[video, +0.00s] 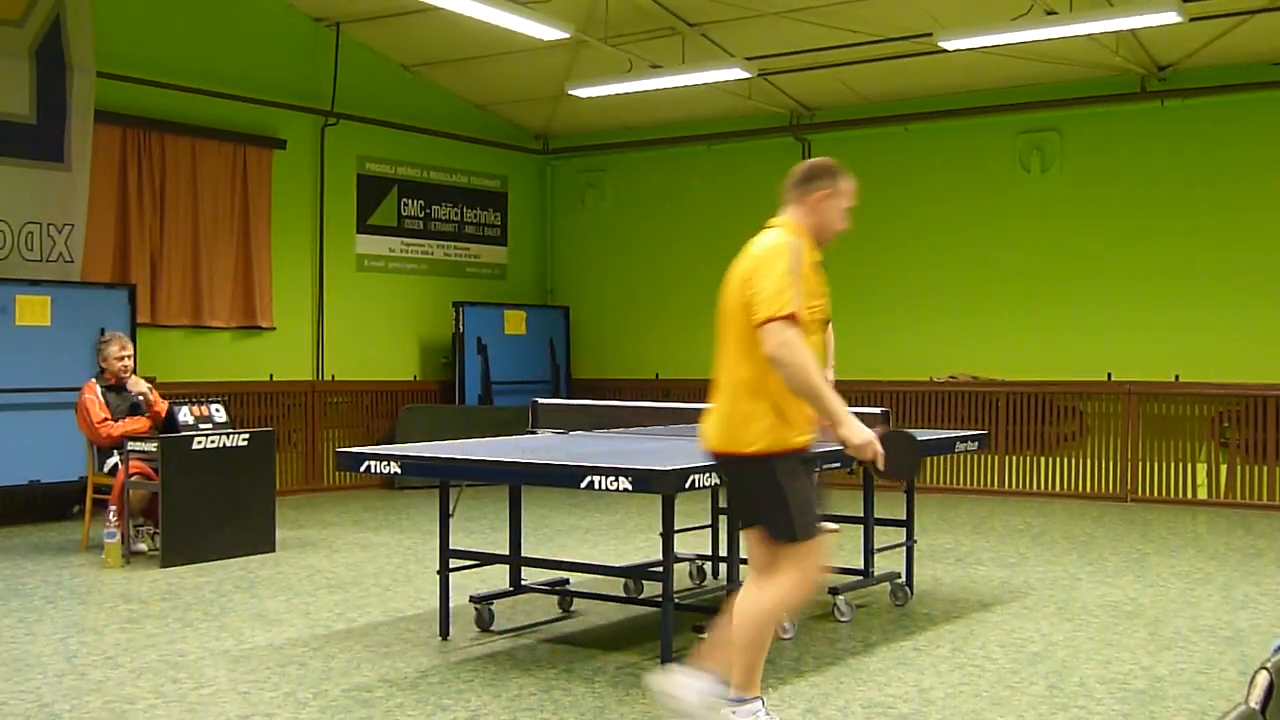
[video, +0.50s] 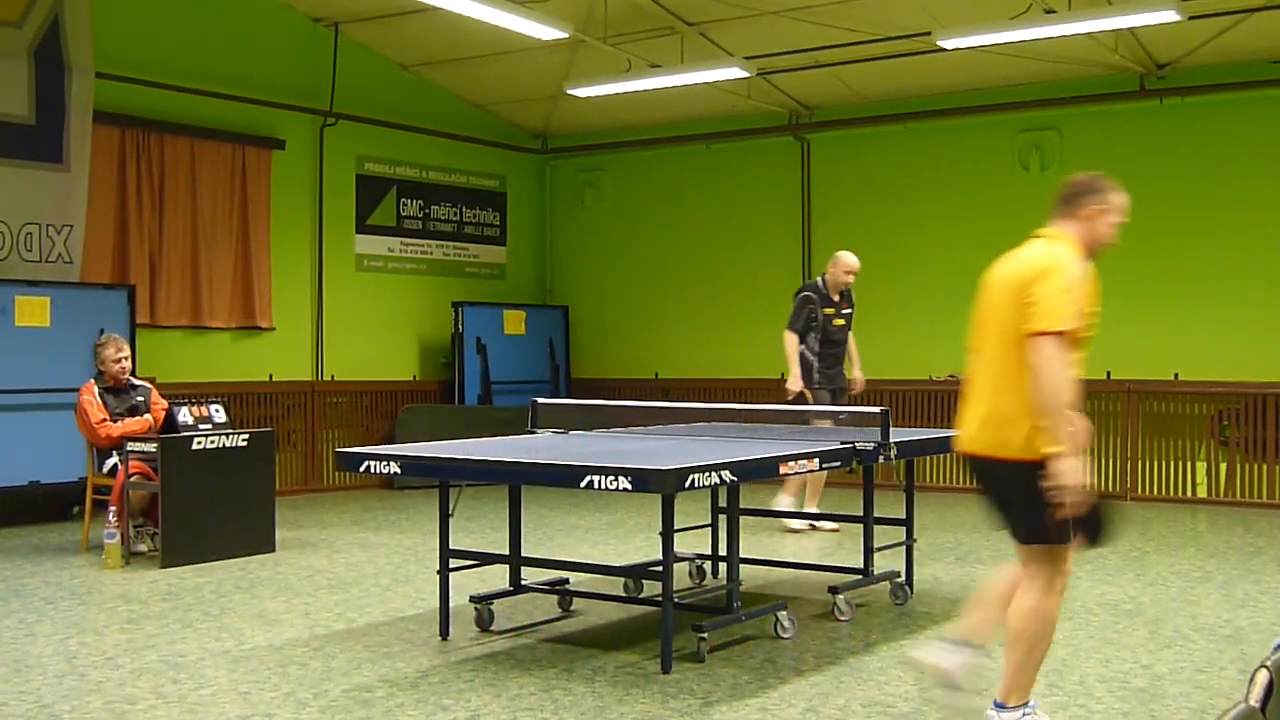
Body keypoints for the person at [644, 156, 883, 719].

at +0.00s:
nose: (847, 222)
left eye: (849, 210)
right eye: (844, 208)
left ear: (811, 198)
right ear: (815, 198)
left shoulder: (784, 250)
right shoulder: (780, 249)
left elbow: (784, 345)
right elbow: (780, 342)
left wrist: (825, 417)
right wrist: (844, 419)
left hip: (755, 436)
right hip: (762, 437)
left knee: (768, 569)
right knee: (809, 563)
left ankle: (743, 700)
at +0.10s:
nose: (900, 220)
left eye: (902, 208)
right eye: (895, 206)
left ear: (855, 200)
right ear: (865, 199)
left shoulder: (816, 250)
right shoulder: (839, 249)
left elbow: (815, 351)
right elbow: (821, 340)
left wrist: (884, 391)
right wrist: (867, 433)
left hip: (784, 436)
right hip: (819, 440)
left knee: (776, 566)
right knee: (880, 562)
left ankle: (744, 699)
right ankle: (875, 702)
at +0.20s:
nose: (942, 230)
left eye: (944, 218)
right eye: (938, 216)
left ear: (905, 208)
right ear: (907, 206)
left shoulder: (864, 256)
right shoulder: (880, 259)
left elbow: (860, 356)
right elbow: (858, 350)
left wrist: (931, 392)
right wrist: (885, 445)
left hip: (819, 445)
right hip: (855, 451)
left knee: (795, 566)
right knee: (919, 569)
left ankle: (747, 697)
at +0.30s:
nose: (1011, 238)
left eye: (1013, 226)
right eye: (1007, 224)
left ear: (968, 219)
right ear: (978, 218)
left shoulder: (923, 266)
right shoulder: (952, 271)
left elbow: (924, 363)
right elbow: (924, 361)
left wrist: (982, 405)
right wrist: (932, 463)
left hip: (882, 454)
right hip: (927, 457)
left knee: (864, 564)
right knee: (993, 565)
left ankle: (769, 681)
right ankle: (1007, 704)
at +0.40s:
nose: (1057, 239)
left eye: (1060, 227)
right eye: (1056, 225)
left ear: (1014, 215)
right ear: (1032, 217)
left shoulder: (959, 266)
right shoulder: (1000, 270)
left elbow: (946, 367)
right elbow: (974, 358)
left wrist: (1007, 413)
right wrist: (978, 462)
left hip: (930, 453)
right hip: (975, 456)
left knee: (934, 569)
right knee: (1028, 567)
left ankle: (828, 650)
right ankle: (1010, 706)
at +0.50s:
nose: (1118, 234)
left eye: (1121, 222)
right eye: (1116, 221)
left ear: (1074, 210)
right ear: (1091, 212)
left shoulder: (1015, 260)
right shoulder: (1064, 263)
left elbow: (1001, 356)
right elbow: (1047, 353)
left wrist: (1065, 413)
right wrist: (1064, 449)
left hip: (989, 441)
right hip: (1024, 446)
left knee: (1038, 554)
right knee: (1049, 569)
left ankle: (957, 643)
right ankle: (1012, 704)